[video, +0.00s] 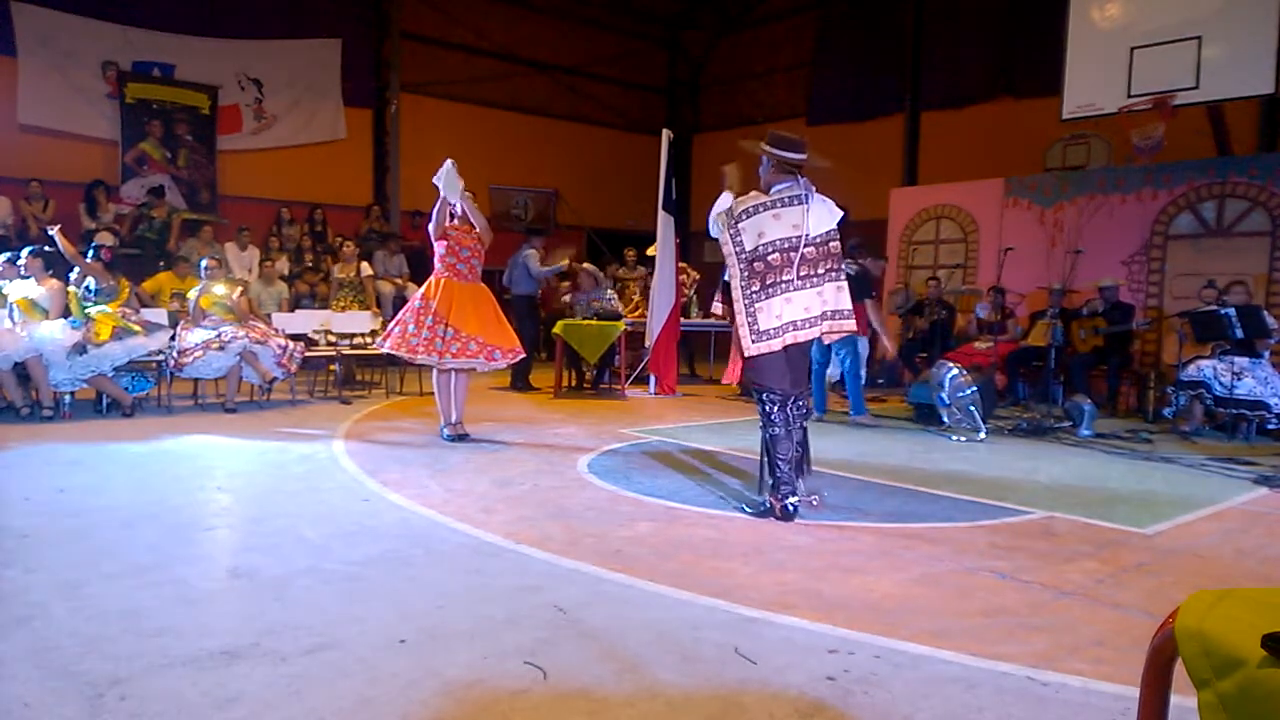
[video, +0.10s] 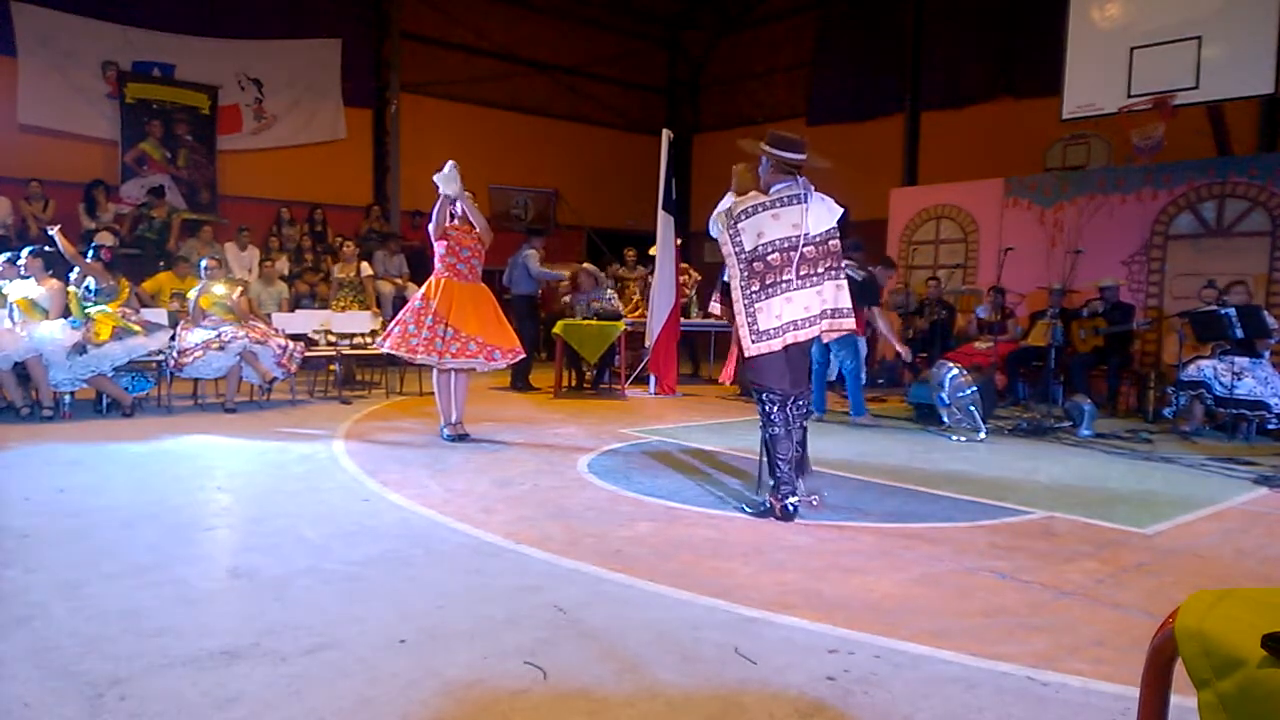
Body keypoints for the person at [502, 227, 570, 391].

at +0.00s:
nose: (543, 244)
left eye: (543, 240)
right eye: (542, 240)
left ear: (528, 239)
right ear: (535, 240)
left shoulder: (516, 256)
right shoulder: (530, 253)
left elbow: (506, 280)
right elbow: (537, 272)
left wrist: (522, 285)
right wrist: (562, 266)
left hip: (516, 298)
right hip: (528, 299)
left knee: (523, 338)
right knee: (530, 338)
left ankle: (518, 376)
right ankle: (522, 378)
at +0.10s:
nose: (543, 244)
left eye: (543, 240)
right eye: (541, 240)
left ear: (528, 239)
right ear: (536, 240)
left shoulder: (516, 256)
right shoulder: (530, 254)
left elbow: (506, 280)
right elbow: (536, 272)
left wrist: (523, 286)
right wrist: (562, 275)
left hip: (516, 298)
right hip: (528, 299)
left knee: (523, 337)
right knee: (529, 338)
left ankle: (517, 377)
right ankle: (522, 378)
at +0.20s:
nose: (543, 245)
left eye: (543, 241)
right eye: (541, 241)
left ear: (528, 240)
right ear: (535, 241)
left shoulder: (516, 256)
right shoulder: (530, 254)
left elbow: (506, 280)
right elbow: (535, 272)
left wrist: (524, 285)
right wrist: (558, 280)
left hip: (516, 298)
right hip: (528, 299)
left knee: (523, 338)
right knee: (530, 339)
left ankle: (518, 376)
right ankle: (522, 378)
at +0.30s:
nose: (544, 244)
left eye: (544, 241)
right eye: (542, 241)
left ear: (529, 240)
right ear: (536, 240)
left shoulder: (516, 256)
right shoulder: (531, 254)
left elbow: (506, 279)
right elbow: (535, 274)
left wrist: (522, 285)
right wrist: (559, 271)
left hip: (516, 298)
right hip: (527, 299)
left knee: (523, 338)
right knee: (530, 339)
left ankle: (517, 376)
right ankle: (522, 378)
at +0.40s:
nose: (544, 245)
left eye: (544, 241)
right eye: (543, 242)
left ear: (529, 241)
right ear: (536, 241)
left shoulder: (516, 256)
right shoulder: (532, 254)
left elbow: (505, 277)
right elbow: (535, 274)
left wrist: (520, 285)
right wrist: (561, 275)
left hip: (516, 298)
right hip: (528, 299)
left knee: (523, 337)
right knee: (529, 339)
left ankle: (517, 376)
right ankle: (522, 378)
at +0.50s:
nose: (545, 246)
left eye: (545, 242)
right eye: (543, 242)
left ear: (530, 241)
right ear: (536, 241)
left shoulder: (516, 255)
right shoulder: (533, 255)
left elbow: (505, 277)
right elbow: (535, 275)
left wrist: (520, 287)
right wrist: (559, 288)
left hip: (516, 298)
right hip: (528, 298)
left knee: (521, 338)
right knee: (528, 339)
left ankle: (517, 376)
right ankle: (522, 377)